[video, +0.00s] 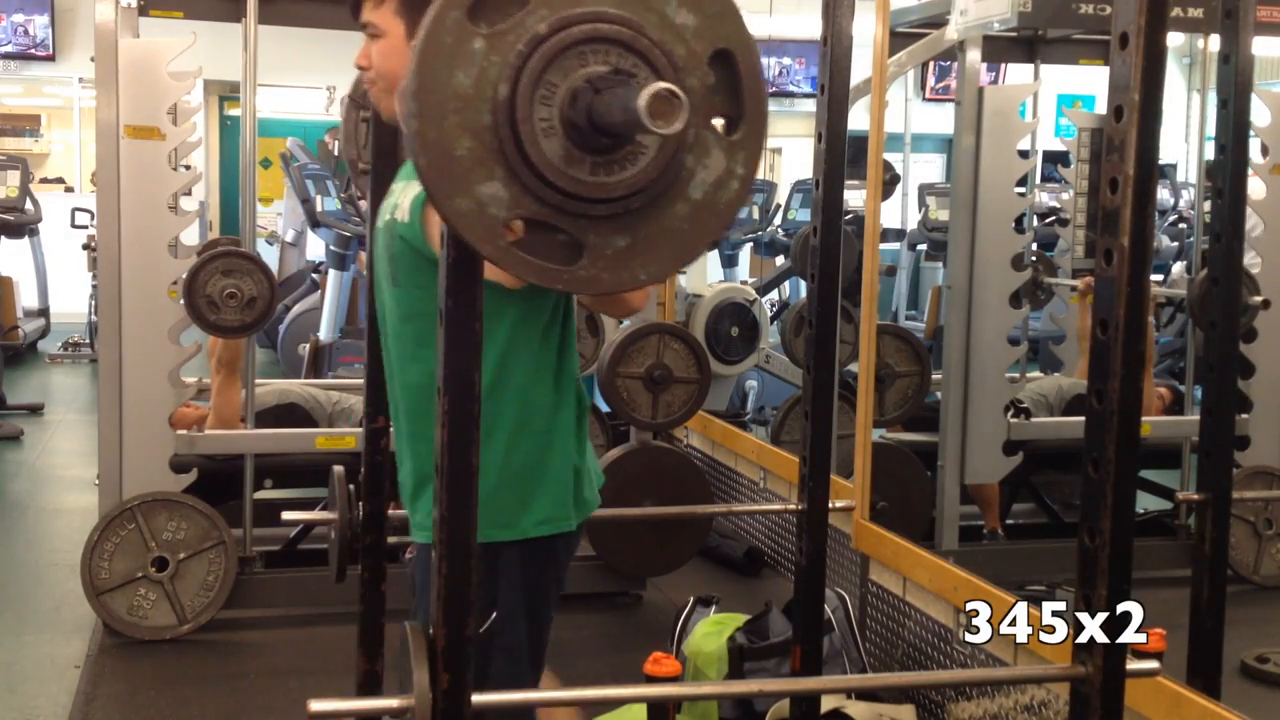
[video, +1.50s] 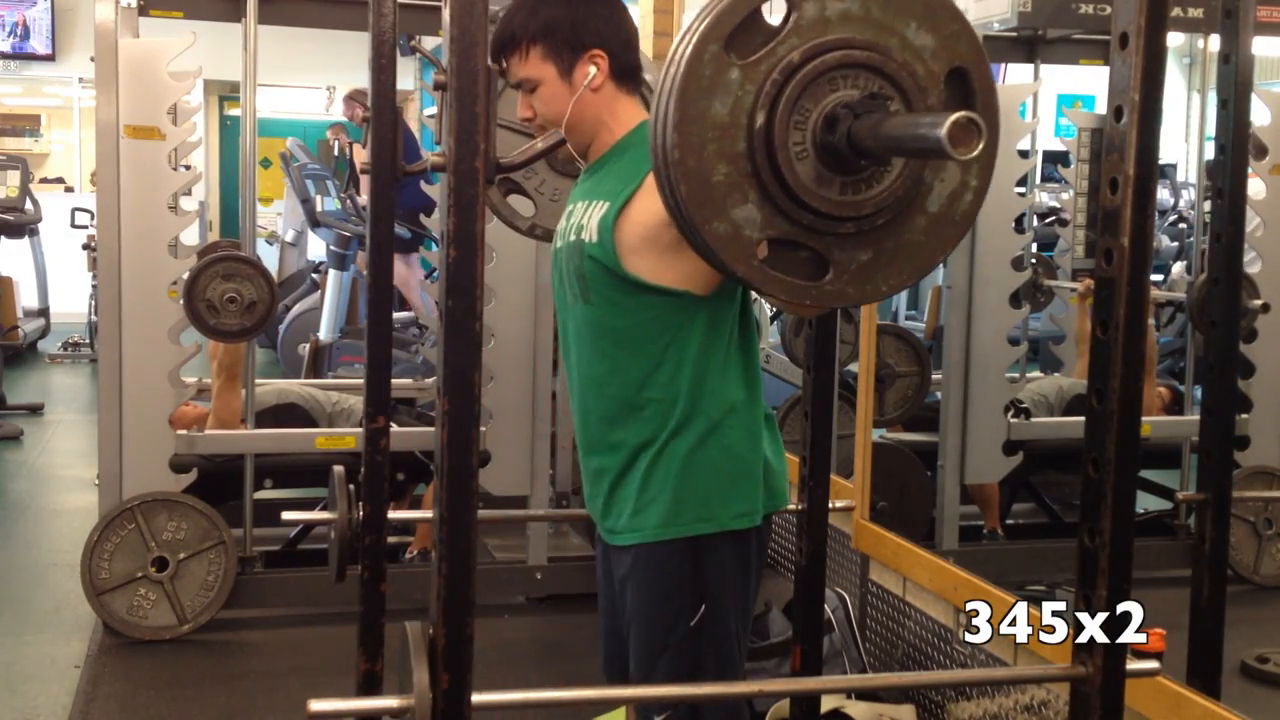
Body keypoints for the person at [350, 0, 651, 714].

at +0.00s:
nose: (361, 59)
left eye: (375, 34)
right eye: (365, 36)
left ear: (435, 45)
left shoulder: (465, 175)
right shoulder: (427, 182)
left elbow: (626, 292)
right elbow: (520, 258)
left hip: (510, 509)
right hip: (486, 511)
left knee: (500, 703)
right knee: (488, 705)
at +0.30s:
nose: (414, 85)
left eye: (430, 64)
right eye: (415, 63)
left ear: (493, 68)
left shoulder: (516, 204)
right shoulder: (485, 198)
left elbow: (672, 297)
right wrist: (443, 502)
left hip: (549, 502)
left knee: (501, 703)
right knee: (606, 676)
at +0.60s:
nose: (473, 97)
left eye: (482, 76)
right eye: (471, 78)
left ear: (535, 74)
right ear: (535, 78)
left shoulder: (565, 208)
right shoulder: (531, 193)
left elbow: (692, 264)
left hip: (609, 502)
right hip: (597, 492)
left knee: (532, 696)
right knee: (632, 675)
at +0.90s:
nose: (497, 107)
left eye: (502, 84)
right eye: (494, 87)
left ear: (559, 70)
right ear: (559, 74)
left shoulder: (618, 191)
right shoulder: (570, 179)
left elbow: (735, 254)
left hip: (653, 508)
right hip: (609, 499)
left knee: (658, 706)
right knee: (616, 698)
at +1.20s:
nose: (514, 113)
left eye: (520, 89)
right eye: (508, 94)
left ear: (581, 70)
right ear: (579, 76)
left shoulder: (656, 192)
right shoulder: (589, 180)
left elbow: (781, 234)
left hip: (681, 512)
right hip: (623, 505)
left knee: (688, 708)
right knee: (631, 702)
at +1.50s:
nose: (523, 113)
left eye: (530, 88)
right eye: (517, 92)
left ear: (592, 70)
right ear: (589, 76)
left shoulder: (667, 191)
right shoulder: (599, 180)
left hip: (690, 511)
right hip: (631, 505)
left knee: (689, 710)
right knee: (635, 703)